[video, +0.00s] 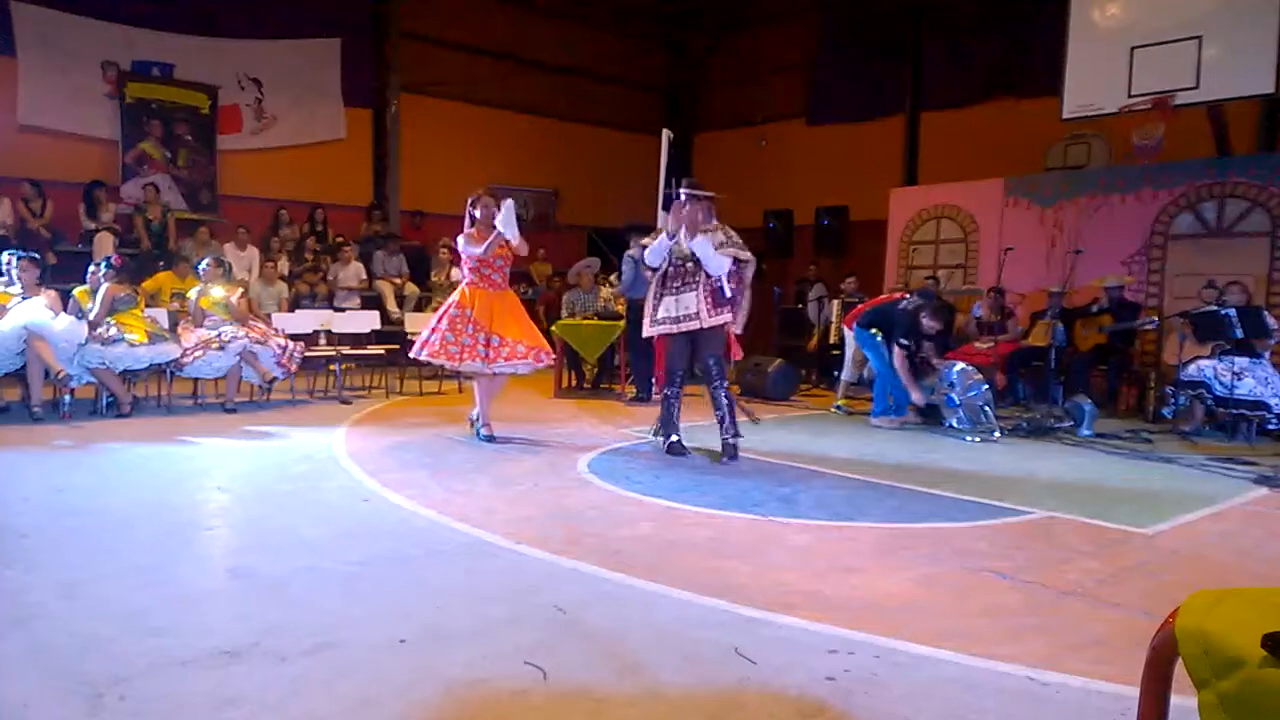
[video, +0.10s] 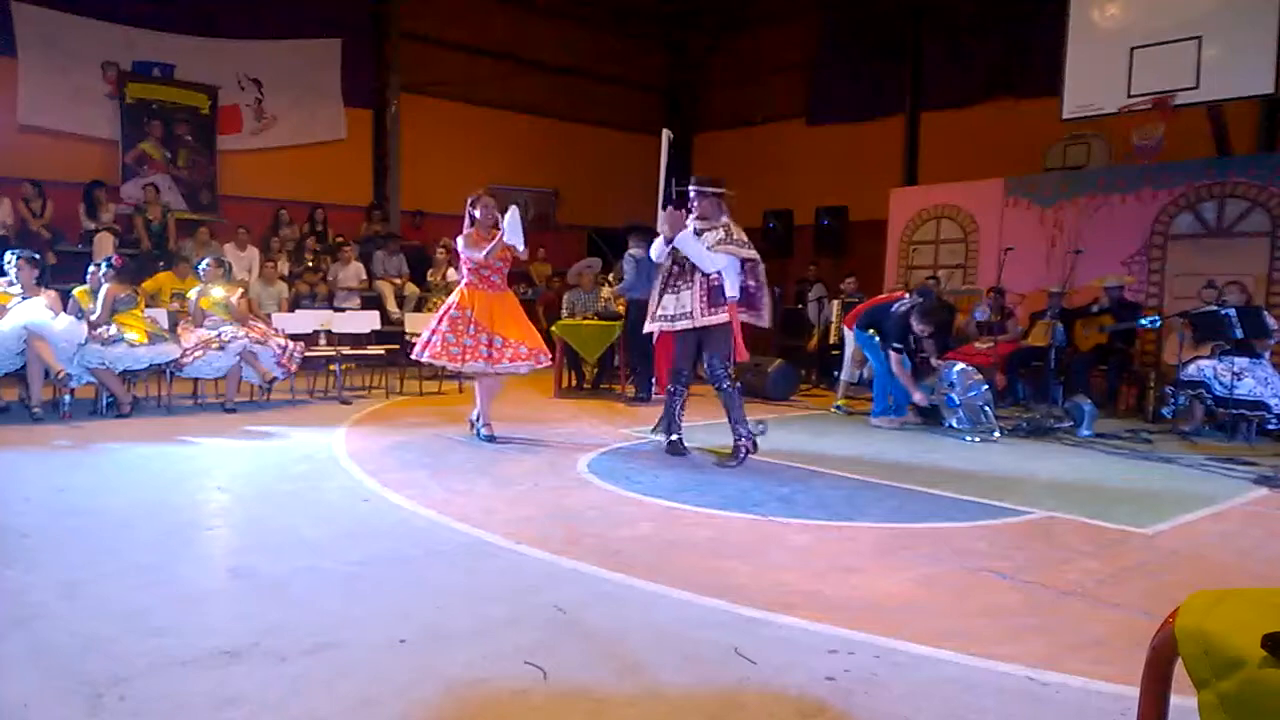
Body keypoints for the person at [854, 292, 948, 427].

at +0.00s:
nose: (933, 333)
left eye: (937, 330)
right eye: (931, 328)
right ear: (923, 316)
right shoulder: (906, 320)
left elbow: (928, 346)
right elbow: (899, 359)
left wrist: (934, 360)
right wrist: (913, 391)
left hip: (885, 332)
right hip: (867, 330)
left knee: (897, 369)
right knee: (884, 370)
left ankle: (901, 411)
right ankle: (880, 414)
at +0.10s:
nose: (925, 336)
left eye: (929, 333)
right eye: (922, 331)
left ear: (935, 327)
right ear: (912, 320)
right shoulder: (899, 321)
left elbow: (927, 339)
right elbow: (896, 365)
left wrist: (932, 356)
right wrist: (914, 392)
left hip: (886, 330)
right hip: (866, 331)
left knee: (904, 365)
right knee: (882, 368)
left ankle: (901, 411)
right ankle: (880, 413)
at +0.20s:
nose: (918, 338)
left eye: (921, 334)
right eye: (915, 334)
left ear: (926, 327)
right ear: (905, 324)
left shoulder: (920, 314)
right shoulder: (892, 325)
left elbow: (926, 336)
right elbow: (893, 367)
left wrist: (927, 358)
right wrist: (914, 394)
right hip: (865, 331)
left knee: (906, 365)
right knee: (881, 367)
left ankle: (900, 411)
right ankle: (880, 413)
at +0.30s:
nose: (912, 340)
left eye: (916, 337)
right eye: (909, 337)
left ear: (922, 331)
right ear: (900, 328)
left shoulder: (920, 315)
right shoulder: (889, 328)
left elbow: (923, 334)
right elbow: (892, 368)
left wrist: (921, 354)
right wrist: (914, 394)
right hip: (866, 331)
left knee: (906, 366)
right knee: (881, 368)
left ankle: (900, 410)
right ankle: (880, 413)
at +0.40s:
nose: (909, 343)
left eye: (913, 340)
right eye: (906, 340)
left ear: (921, 333)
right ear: (897, 331)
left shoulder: (918, 316)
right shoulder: (887, 332)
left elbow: (921, 335)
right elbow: (892, 369)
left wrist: (916, 354)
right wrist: (915, 395)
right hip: (866, 331)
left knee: (905, 367)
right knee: (881, 369)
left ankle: (900, 410)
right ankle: (880, 413)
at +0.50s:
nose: (909, 344)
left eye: (914, 340)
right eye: (906, 340)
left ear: (922, 334)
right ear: (896, 333)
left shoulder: (920, 317)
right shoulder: (887, 332)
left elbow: (920, 336)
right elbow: (892, 371)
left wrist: (914, 353)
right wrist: (918, 392)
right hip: (866, 330)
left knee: (904, 368)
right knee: (881, 369)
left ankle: (899, 410)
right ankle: (879, 413)